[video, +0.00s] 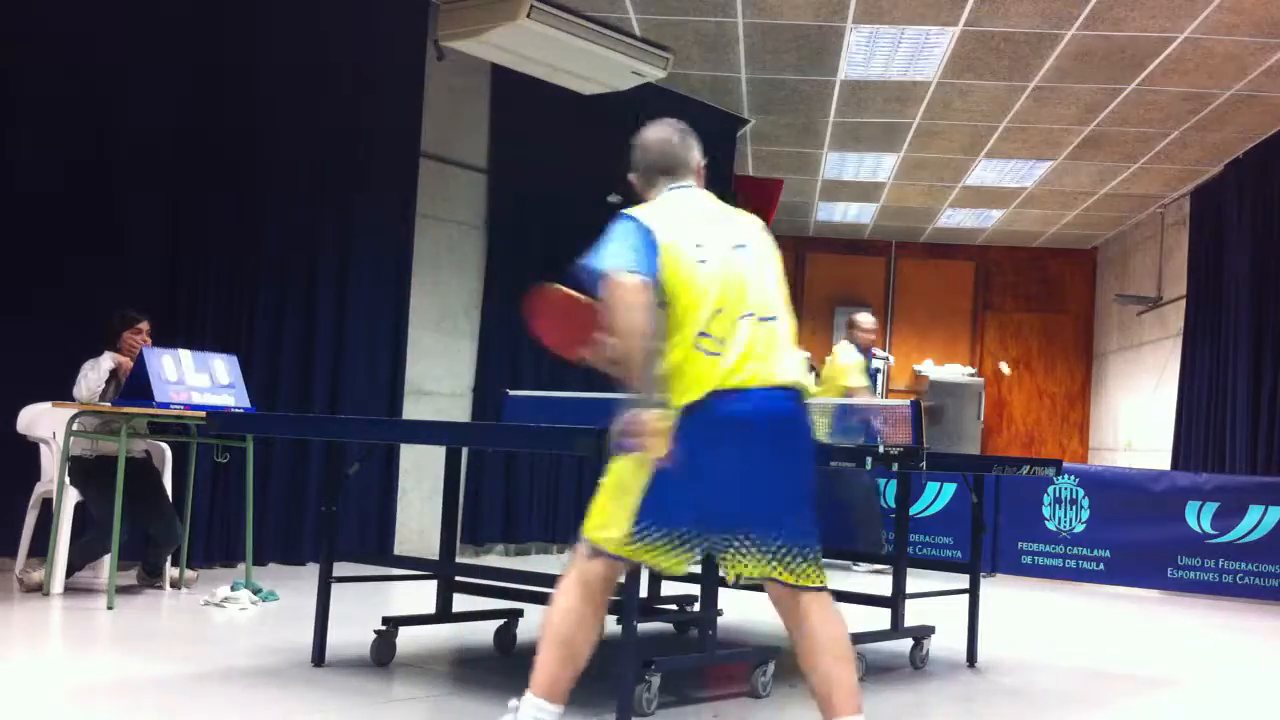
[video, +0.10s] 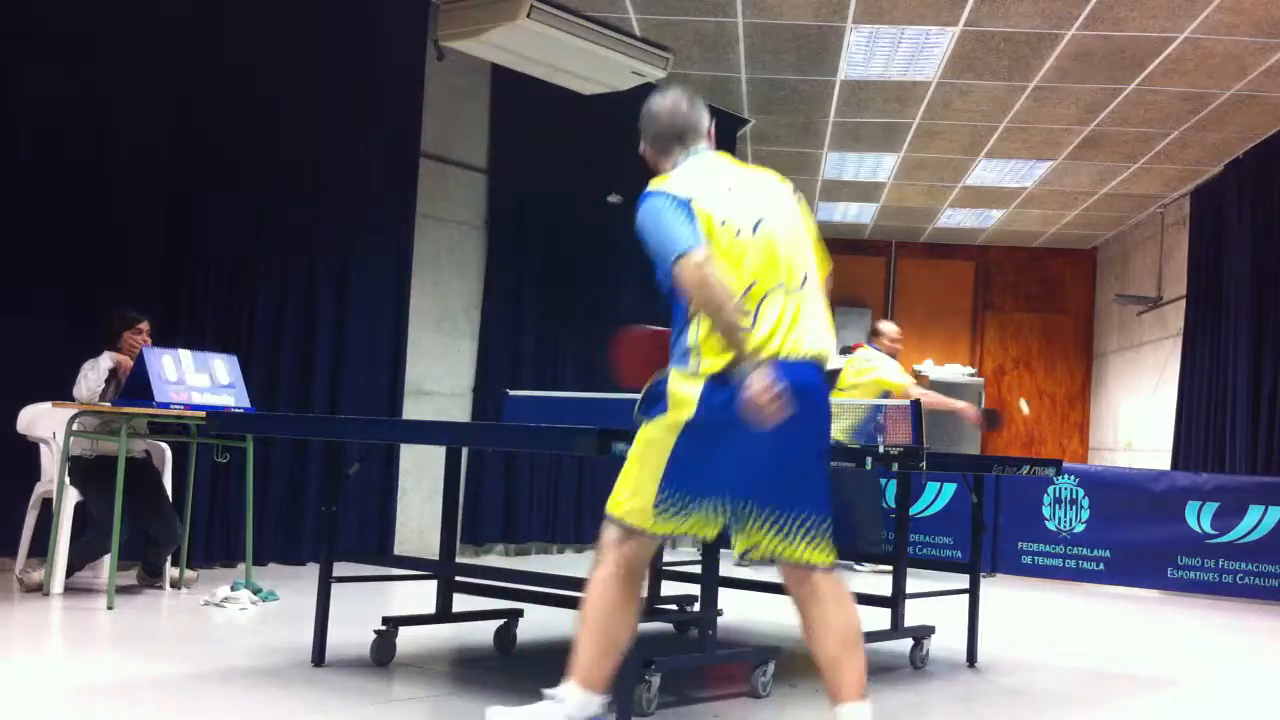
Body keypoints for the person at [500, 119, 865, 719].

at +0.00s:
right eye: (704, 164)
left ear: (637, 180)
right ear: (702, 170)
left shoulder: (636, 229)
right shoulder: (753, 228)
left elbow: (633, 319)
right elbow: (749, 336)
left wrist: (649, 400)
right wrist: (621, 353)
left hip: (693, 415)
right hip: (783, 414)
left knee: (594, 568)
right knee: (801, 586)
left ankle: (535, 711)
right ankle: (848, 714)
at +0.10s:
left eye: (646, 147)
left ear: (647, 150)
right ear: (713, 133)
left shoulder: (661, 200)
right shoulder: (778, 187)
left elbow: (697, 271)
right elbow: (818, 280)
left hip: (713, 391)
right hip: (803, 385)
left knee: (624, 544)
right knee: (810, 565)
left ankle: (580, 699)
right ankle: (854, 708)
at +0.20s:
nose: (657, 132)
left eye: (653, 122)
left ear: (656, 121)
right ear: (724, 104)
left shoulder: (671, 166)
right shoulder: (796, 155)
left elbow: (724, 244)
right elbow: (845, 251)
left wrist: (792, 327)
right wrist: (789, 308)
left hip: (724, 366)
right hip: (813, 368)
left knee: (640, 526)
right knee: (827, 541)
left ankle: (631, 699)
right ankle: (884, 703)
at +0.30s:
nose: (665, 131)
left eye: (661, 123)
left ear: (665, 125)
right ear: (732, 113)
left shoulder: (678, 178)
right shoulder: (797, 159)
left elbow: (723, 265)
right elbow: (853, 265)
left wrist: (781, 357)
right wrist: (793, 312)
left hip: (736, 381)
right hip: (824, 374)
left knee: (642, 539)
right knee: (848, 554)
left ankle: (671, 709)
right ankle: (920, 710)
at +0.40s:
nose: (657, 163)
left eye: (656, 154)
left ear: (663, 157)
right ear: (730, 148)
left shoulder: (689, 220)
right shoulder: (793, 210)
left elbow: (709, 325)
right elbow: (841, 299)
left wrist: (731, 431)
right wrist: (768, 356)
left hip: (752, 425)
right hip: (825, 416)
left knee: (633, 563)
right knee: (858, 579)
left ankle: (678, 714)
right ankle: (929, 713)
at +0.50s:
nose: (632, 179)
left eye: (629, 166)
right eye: (630, 168)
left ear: (640, 161)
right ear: (699, 151)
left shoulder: (683, 214)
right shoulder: (755, 206)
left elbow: (688, 325)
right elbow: (764, 328)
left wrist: (631, 426)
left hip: (733, 415)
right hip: (800, 411)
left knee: (618, 564)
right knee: (831, 573)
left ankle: (675, 714)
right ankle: (918, 711)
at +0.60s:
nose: (595, 186)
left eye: (587, 170)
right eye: (586, 175)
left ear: (608, 149)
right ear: (641, 137)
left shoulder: (658, 184)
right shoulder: (712, 180)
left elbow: (655, 289)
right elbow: (709, 309)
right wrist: (614, 342)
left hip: (698, 392)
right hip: (757, 388)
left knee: (620, 559)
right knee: (746, 556)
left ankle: (675, 714)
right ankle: (873, 694)